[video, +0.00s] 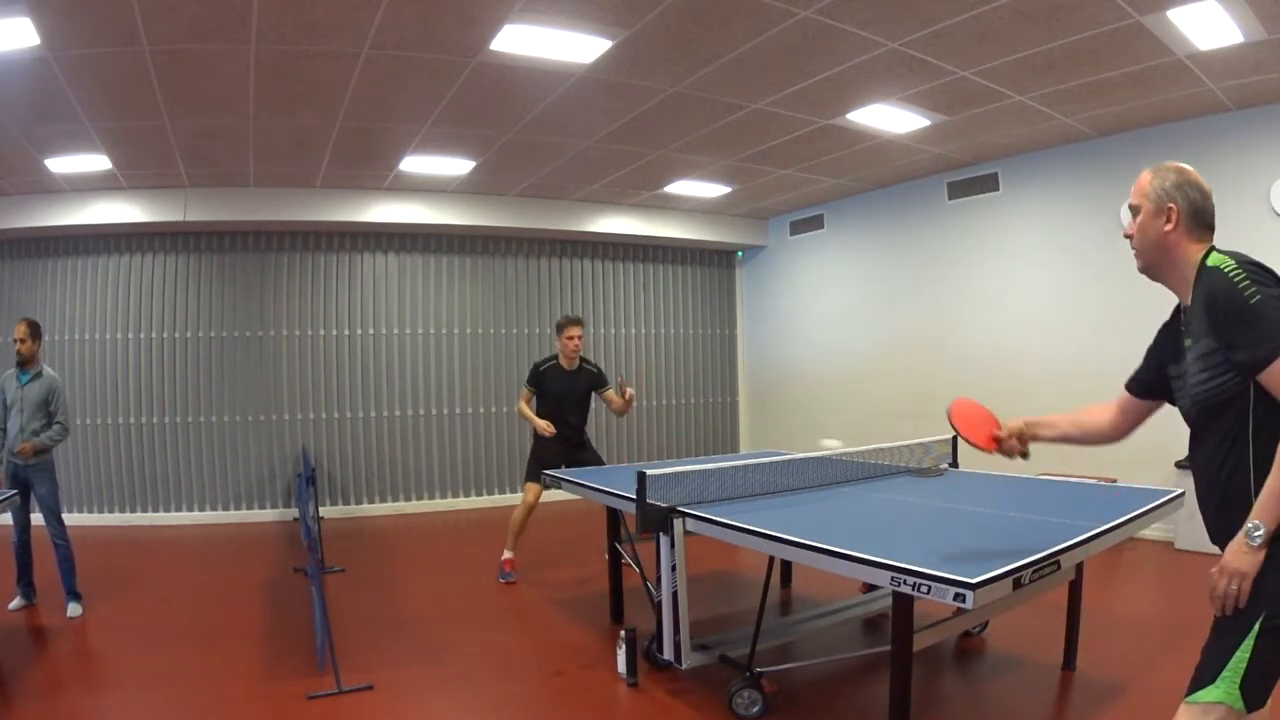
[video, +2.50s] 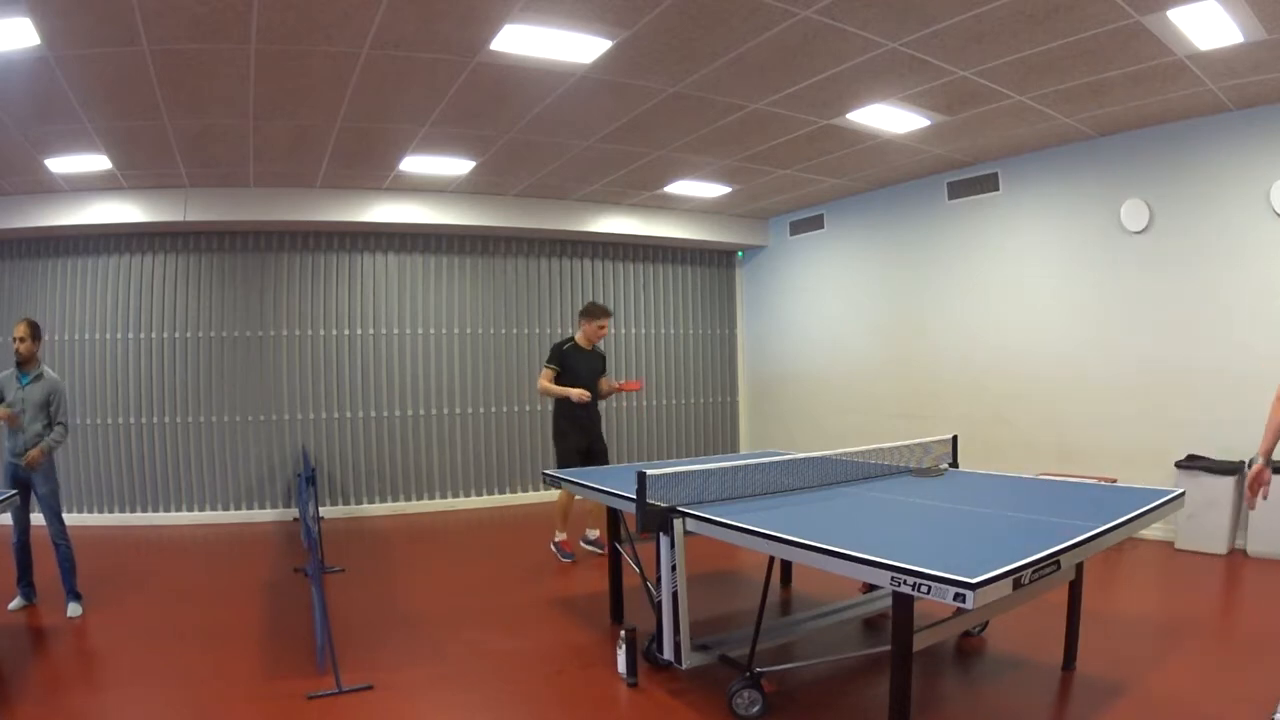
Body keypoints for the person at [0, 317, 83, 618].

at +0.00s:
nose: (17, 345)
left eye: (22, 340)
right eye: (14, 341)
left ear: (37, 343)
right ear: (14, 344)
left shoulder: (51, 382)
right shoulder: (7, 380)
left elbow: (62, 426)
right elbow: (4, 422)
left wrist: (37, 444)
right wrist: (5, 455)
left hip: (40, 465)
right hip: (11, 464)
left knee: (56, 531)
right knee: (20, 532)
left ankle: (72, 596)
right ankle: (26, 592)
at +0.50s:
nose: (15, 348)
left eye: (21, 343)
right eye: (13, 343)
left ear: (36, 344)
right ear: (12, 345)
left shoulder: (51, 382)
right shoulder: (6, 381)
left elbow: (62, 427)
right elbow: (3, 426)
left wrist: (37, 444)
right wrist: (2, 466)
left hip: (41, 466)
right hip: (11, 466)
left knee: (56, 532)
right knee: (20, 533)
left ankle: (72, 596)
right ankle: (26, 593)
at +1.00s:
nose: (28, 352)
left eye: (33, 347)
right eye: (25, 347)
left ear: (44, 347)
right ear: (20, 346)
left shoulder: (57, 385)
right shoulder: (8, 381)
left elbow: (69, 427)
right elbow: (3, 425)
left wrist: (59, 453)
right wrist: (5, 466)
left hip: (47, 465)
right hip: (17, 465)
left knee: (60, 532)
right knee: (22, 533)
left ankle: (73, 596)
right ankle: (26, 593)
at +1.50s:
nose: (30, 352)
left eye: (36, 348)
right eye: (28, 346)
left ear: (49, 349)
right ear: (25, 346)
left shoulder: (60, 390)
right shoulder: (12, 378)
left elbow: (69, 434)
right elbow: (4, 421)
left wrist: (48, 456)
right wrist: (12, 454)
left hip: (49, 464)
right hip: (19, 464)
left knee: (62, 532)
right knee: (22, 533)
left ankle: (73, 596)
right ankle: (26, 593)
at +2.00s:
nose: (21, 342)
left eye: (27, 338)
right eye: (18, 337)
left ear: (40, 342)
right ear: (15, 342)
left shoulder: (54, 384)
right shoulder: (6, 379)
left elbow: (66, 426)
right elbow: (4, 416)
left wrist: (52, 454)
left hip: (43, 465)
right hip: (12, 465)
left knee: (58, 533)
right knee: (18, 534)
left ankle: (72, 596)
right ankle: (25, 593)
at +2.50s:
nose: (17, 345)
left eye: (23, 340)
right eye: (14, 340)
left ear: (37, 344)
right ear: (12, 344)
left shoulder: (52, 384)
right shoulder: (6, 381)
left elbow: (61, 428)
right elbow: (4, 411)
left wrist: (43, 449)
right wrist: (3, 414)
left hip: (40, 464)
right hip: (11, 465)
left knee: (57, 532)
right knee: (19, 533)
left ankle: (72, 596)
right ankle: (26, 593)